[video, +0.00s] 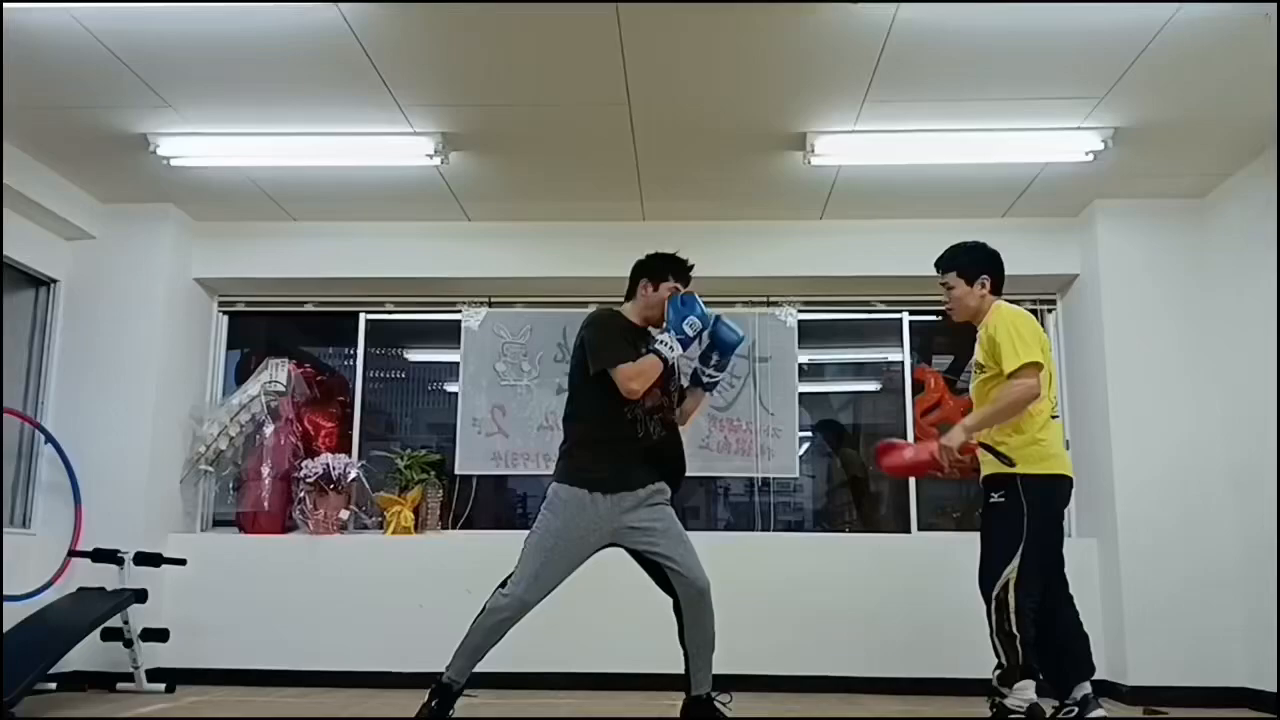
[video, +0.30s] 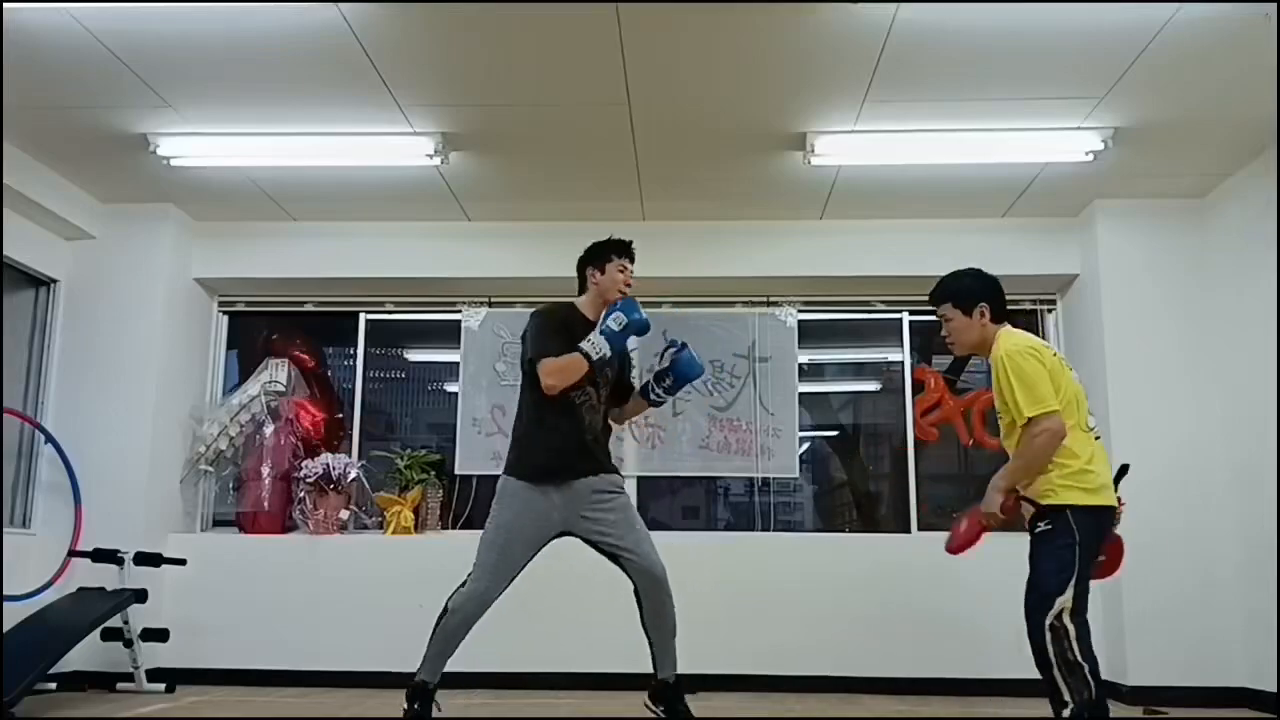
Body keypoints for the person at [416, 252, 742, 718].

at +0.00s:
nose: (682, 301)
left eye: (685, 295)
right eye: (676, 292)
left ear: (660, 295)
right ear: (647, 288)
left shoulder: (658, 346)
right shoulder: (603, 324)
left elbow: (676, 418)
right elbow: (631, 384)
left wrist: (709, 372)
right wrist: (674, 339)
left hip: (646, 502)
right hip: (579, 499)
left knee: (695, 587)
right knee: (518, 595)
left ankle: (699, 701)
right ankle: (444, 693)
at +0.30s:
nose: (629, 281)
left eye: (631, 274)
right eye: (621, 271)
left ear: (624, 284)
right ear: (592, 275)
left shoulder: (617, 342)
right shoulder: (549, 319)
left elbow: (619, 412)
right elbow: (551, 379)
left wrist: (663, 384)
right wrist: (606, 338)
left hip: (597, 488)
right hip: (529, 487)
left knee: (652, 572)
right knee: (481, 589)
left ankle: (667, 687)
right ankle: (422, 687)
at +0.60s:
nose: (620, 269)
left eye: (623, 264)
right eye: (611, 261)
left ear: (623, 275)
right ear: (583, 267)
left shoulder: (622, 329)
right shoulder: (545, 319)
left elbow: (646, 402)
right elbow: (543, 381)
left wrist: (667, 360)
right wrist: (593, 337)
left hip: (600, 483)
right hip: (530, 482)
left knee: (648, 578)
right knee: (486, 586)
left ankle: (673, 688)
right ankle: (440, 688)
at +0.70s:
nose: (628, 286)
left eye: (631, 280)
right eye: (619, 277)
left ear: (633, 290)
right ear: (591, 284)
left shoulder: (631, 345)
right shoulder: (553, 333)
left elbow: (667, 410)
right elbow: (557, 393)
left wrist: (678, 360)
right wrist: (601, 339)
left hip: (609, 499)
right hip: (541, 498)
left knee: (652, 601)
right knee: (504, 603)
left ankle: (668, 701)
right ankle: (467, 695)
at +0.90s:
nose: (645, 284)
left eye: (650, 278)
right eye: (637, 275)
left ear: (652, 285)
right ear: (609, 278)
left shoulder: (651, 334)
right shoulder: (571, 324)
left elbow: (676, 405)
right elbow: (578, 390)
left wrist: (684, 349)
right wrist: (620, 337)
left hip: (623, 492)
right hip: (558, 490)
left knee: (656, 602)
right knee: (517, 595)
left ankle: (668, 702)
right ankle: (483, 692)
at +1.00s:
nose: (646, 289)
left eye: (653, 282)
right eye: (639, 280)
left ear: (658, 287)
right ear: (612, 280)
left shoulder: (656, 333)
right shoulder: (574, 322)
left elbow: (683, 400)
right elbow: (586, 385)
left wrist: (689, 344)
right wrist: (626, 326)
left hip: (628, 491)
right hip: (561, 490)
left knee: (662, 596)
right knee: (525, 598)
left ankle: (668, 698)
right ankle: (517, 687)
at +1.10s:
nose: (649, 304)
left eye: (655, 297)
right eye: (642, 294)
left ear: (658, 301)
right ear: (614, 294)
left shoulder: (653, 348)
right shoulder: (573, 338)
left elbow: (682, 412)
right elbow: (595, 395)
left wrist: (690, 356)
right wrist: (635, 335)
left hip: (642, 505)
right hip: (570, 508)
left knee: (687, 587)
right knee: (530, 614)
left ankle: (678, 682)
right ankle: (519, 700)